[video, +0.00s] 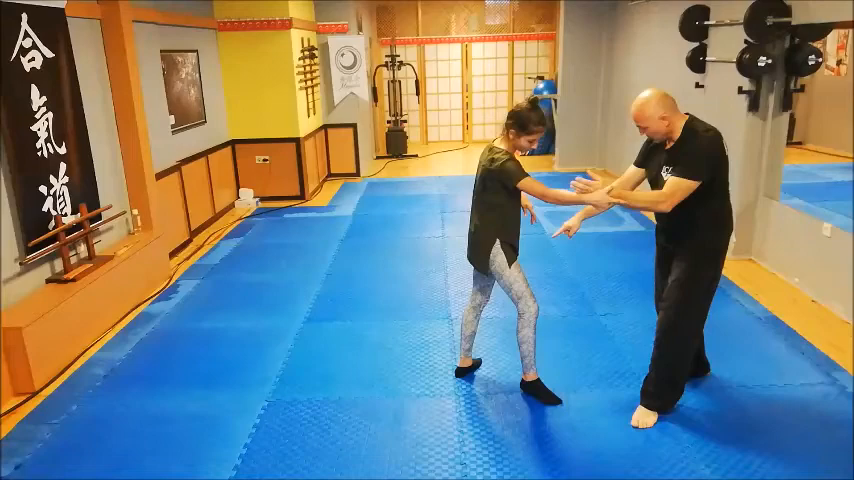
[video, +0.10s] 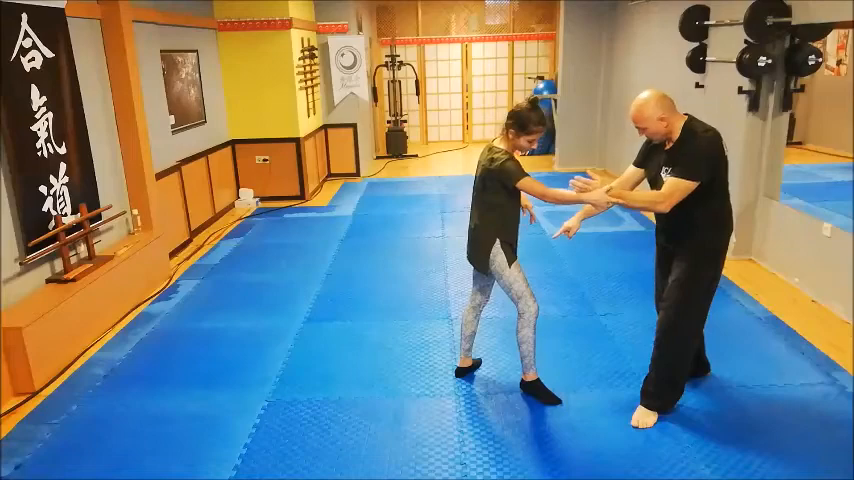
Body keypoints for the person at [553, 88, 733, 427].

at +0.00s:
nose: (642, 133)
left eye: (645, 127)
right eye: (640, 128)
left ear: (666, 117)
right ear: (661, 119)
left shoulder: (704, 142)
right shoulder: (657, 142)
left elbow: (665, 200)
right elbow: (623, 187)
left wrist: (610, 195)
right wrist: (579, 217)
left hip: (703, 243)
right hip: (669, 238)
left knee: (674, 316)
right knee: (669, 305)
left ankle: (655, 399)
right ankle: (694, 362)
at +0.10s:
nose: (641, 134)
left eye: (643, 128)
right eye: (638, 128)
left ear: (664, 119)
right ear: (660, 119)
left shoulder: (703, 143)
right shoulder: (656, 143)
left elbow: (663, 201)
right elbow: (622, 186)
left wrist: (608, 195)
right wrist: (579, 217)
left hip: (702, 244)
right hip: (669, 239)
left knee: (674, 316)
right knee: (669, 305)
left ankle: (655, 399)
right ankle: (694, 362)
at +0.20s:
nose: (639, 135)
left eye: (641, 129)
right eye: (636, 130)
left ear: (662, 121)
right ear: (660, 121)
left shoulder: (701, 144)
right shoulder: (656, 142)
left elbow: (661, 202)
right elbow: (621, 188)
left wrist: (607, 195)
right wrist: (580, 218)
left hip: (703, 243)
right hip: (669, 238)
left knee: (674, 316)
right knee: (670, 305)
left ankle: (655, 400)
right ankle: (694, 362)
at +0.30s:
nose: (637, 137)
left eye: (640, 131)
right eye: (635, 131)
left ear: (661, 123)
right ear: (658, 123)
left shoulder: (700, 144)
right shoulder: (655, 142)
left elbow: (658, 203)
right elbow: (624, 188)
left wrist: (605, 191)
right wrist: (583, 220)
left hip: (703, 243)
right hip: (670, 238)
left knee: (674, 317)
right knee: (671, 305)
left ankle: (655, 399)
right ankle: (694, 362)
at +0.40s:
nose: (638, 139)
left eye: (641, 132)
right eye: (636, 134)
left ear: (659, 123)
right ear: (652, 124)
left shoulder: (697, 144)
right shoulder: (654, 143)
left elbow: (656, 204)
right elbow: (625, 189)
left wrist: (604, 191)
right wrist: (586, 223)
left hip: (703, 243)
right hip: (670, 238)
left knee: (674, 317)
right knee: (672, 305)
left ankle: (655, 399)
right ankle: (694, 362)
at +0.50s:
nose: (635, 140)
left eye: (638, 135)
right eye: (633, 135)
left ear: (657, 125)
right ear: (651, 126)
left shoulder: (696, 146)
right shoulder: (653, 143)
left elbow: (654, 206)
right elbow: (627, 190)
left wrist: (600, 198)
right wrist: (589, 225)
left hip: (704, 242)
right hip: (670, 238)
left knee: (675, 316)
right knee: (672, 306)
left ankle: (656, 399)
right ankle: (694, 362)